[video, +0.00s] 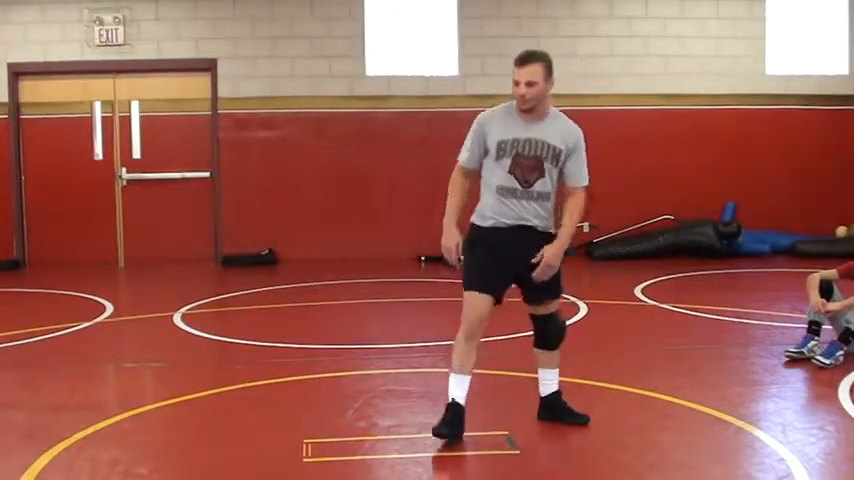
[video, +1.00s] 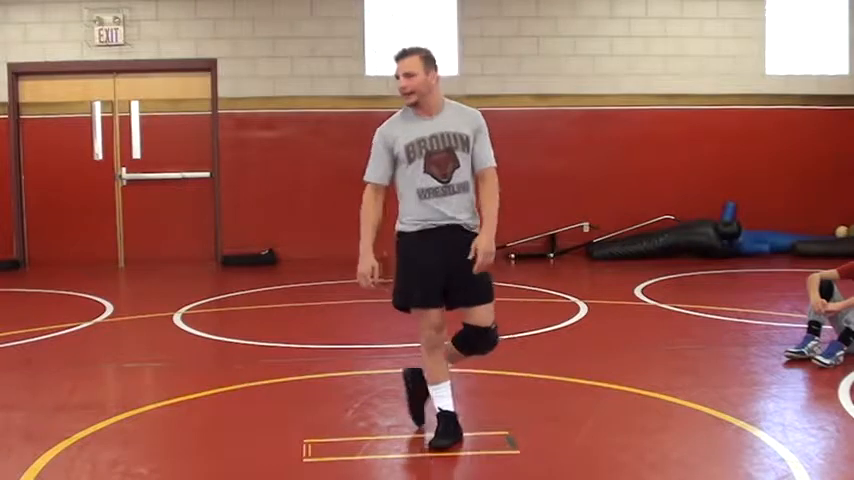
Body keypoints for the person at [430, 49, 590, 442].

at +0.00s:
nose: (522, 91)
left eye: (531, 84)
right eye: (518, 83)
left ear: (549, 86)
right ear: (511, 83)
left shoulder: (569, 134)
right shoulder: (487, 122)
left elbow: (576, 194)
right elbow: (462, 173)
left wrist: (560, 245)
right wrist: (450, 225)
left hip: (540, 237)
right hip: (488, 234)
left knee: (548, 323)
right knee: (472, 321)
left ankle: (550, 399)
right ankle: (455, 408)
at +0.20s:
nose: (474, 91)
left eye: (482, 84)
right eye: (469, 84)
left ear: (504, 85)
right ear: (465, 84)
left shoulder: (532, 127)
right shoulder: (450, 129)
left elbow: (552, 183)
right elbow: (433, 186)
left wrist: (562, 240)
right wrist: (436, 242)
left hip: (513, 240)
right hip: (463, 239)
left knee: (540, 323)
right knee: (455, 329)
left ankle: (547, 400)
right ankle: (450, 418)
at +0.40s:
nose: (437, 85)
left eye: (445, 78)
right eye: (435, 78)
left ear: (469, 80)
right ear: (435, 80)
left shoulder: (505, 119)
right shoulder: (422, 130)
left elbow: (526, 174)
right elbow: (413, 190)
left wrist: (540, 228)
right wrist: (438, 243)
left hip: (496, 234)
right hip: (447, 238)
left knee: (531, 324)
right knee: (448, 327)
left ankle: (528, 395)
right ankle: (449, 418)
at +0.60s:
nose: (415, 83)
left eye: (423, 75)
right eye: (414, 76)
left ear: (448, 78)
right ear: (419, 80)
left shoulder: (488, 118)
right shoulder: (405, 131)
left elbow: (511, 174)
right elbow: (402, 195)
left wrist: (524, 228)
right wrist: (423, 247)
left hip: (483, 234)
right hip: (435, 239)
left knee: (515, 323)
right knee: (440, 326)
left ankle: (518, 393)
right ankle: (448, 417)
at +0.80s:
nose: (407, 82)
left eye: (414, 74)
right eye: (404, 75)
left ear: (439, 76)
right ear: (404, 78)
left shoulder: (478, 118)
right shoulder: (396, 131)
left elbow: (501, 176)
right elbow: (386, 193)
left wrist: (513, 230)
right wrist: (391, 248)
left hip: (474, 234)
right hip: (424, 238)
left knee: (506, 329)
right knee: (438, 329)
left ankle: (477, 383)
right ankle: (447, 417)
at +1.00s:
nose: (403, 84)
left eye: (410, 75)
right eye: (399, 77)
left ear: (434, 76)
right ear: (397, 82)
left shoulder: (470, 119)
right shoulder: (389, 133)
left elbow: (487, 179)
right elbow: (374, 191)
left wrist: (488, 233)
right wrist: (366, 251)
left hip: (464, 234)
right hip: (417, 239)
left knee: (482, 335)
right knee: (433, 330)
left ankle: (422, 375)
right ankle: (447, 418)